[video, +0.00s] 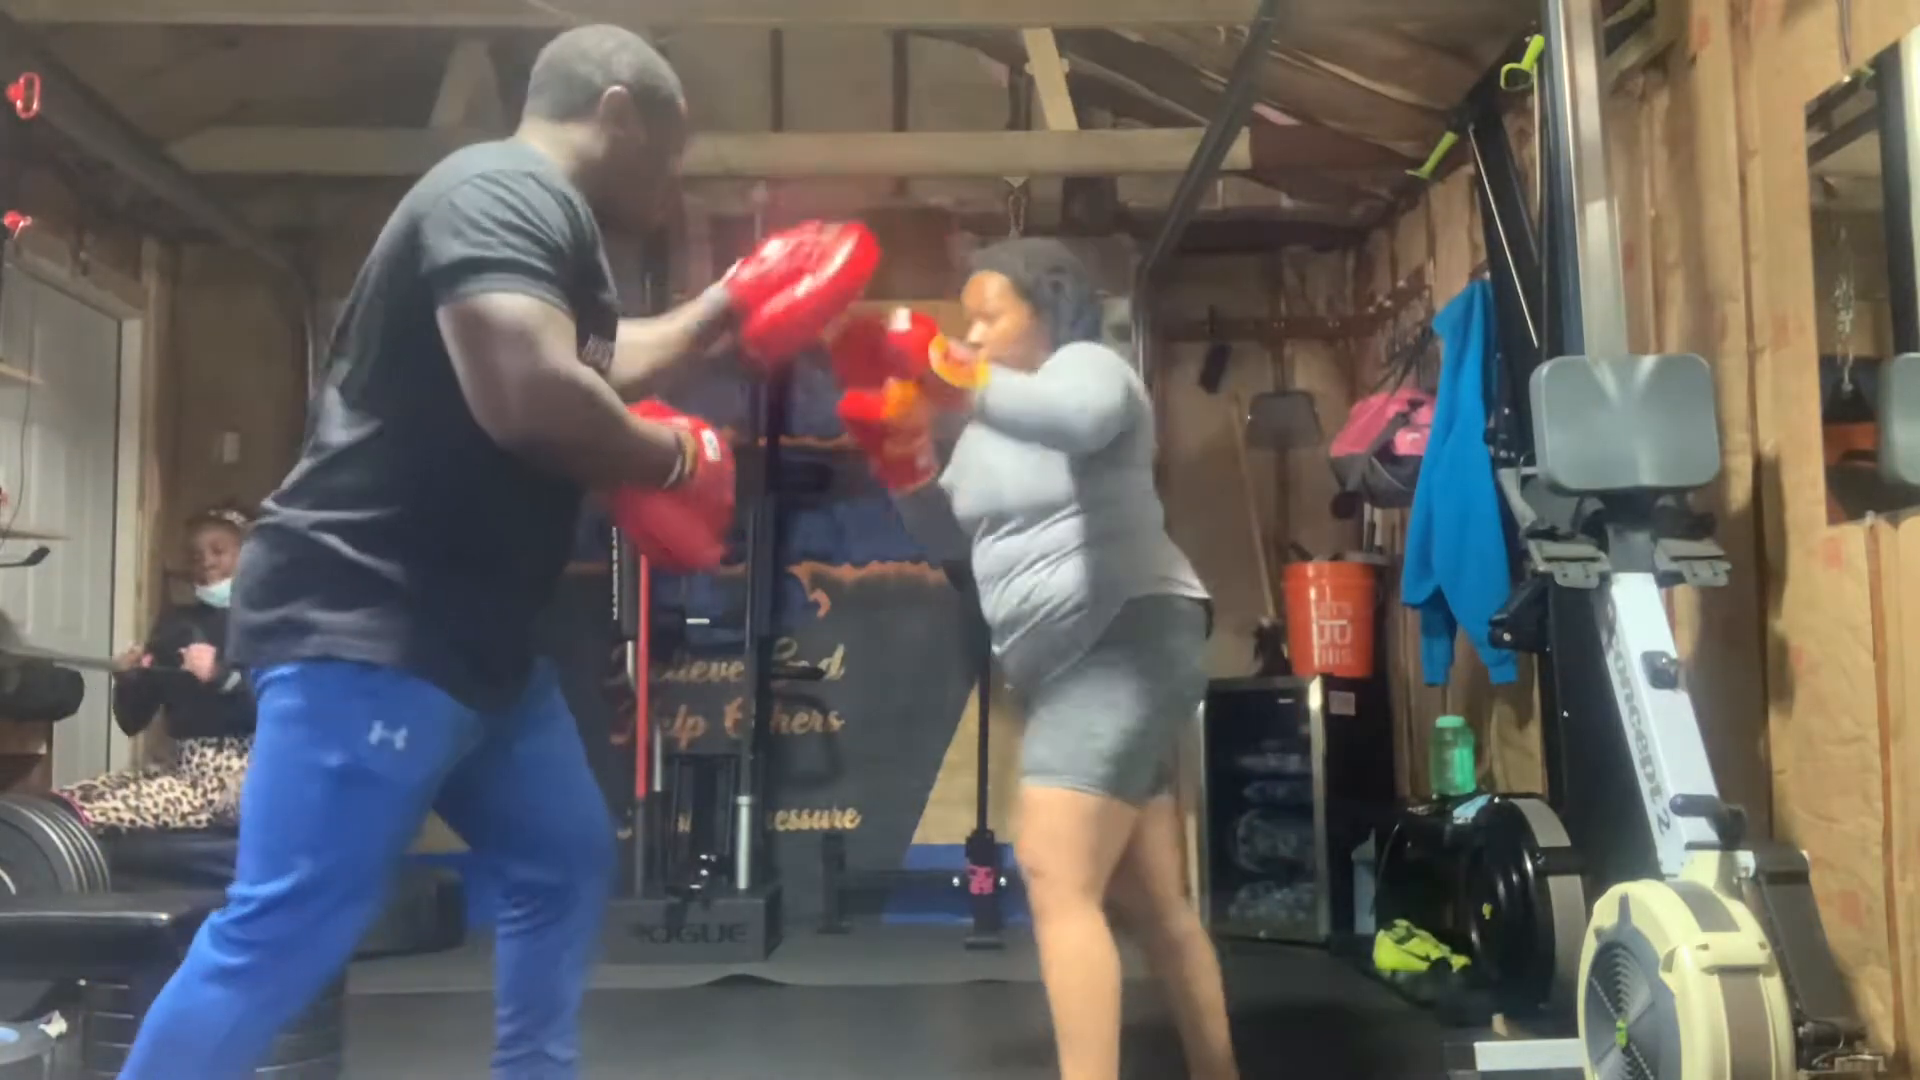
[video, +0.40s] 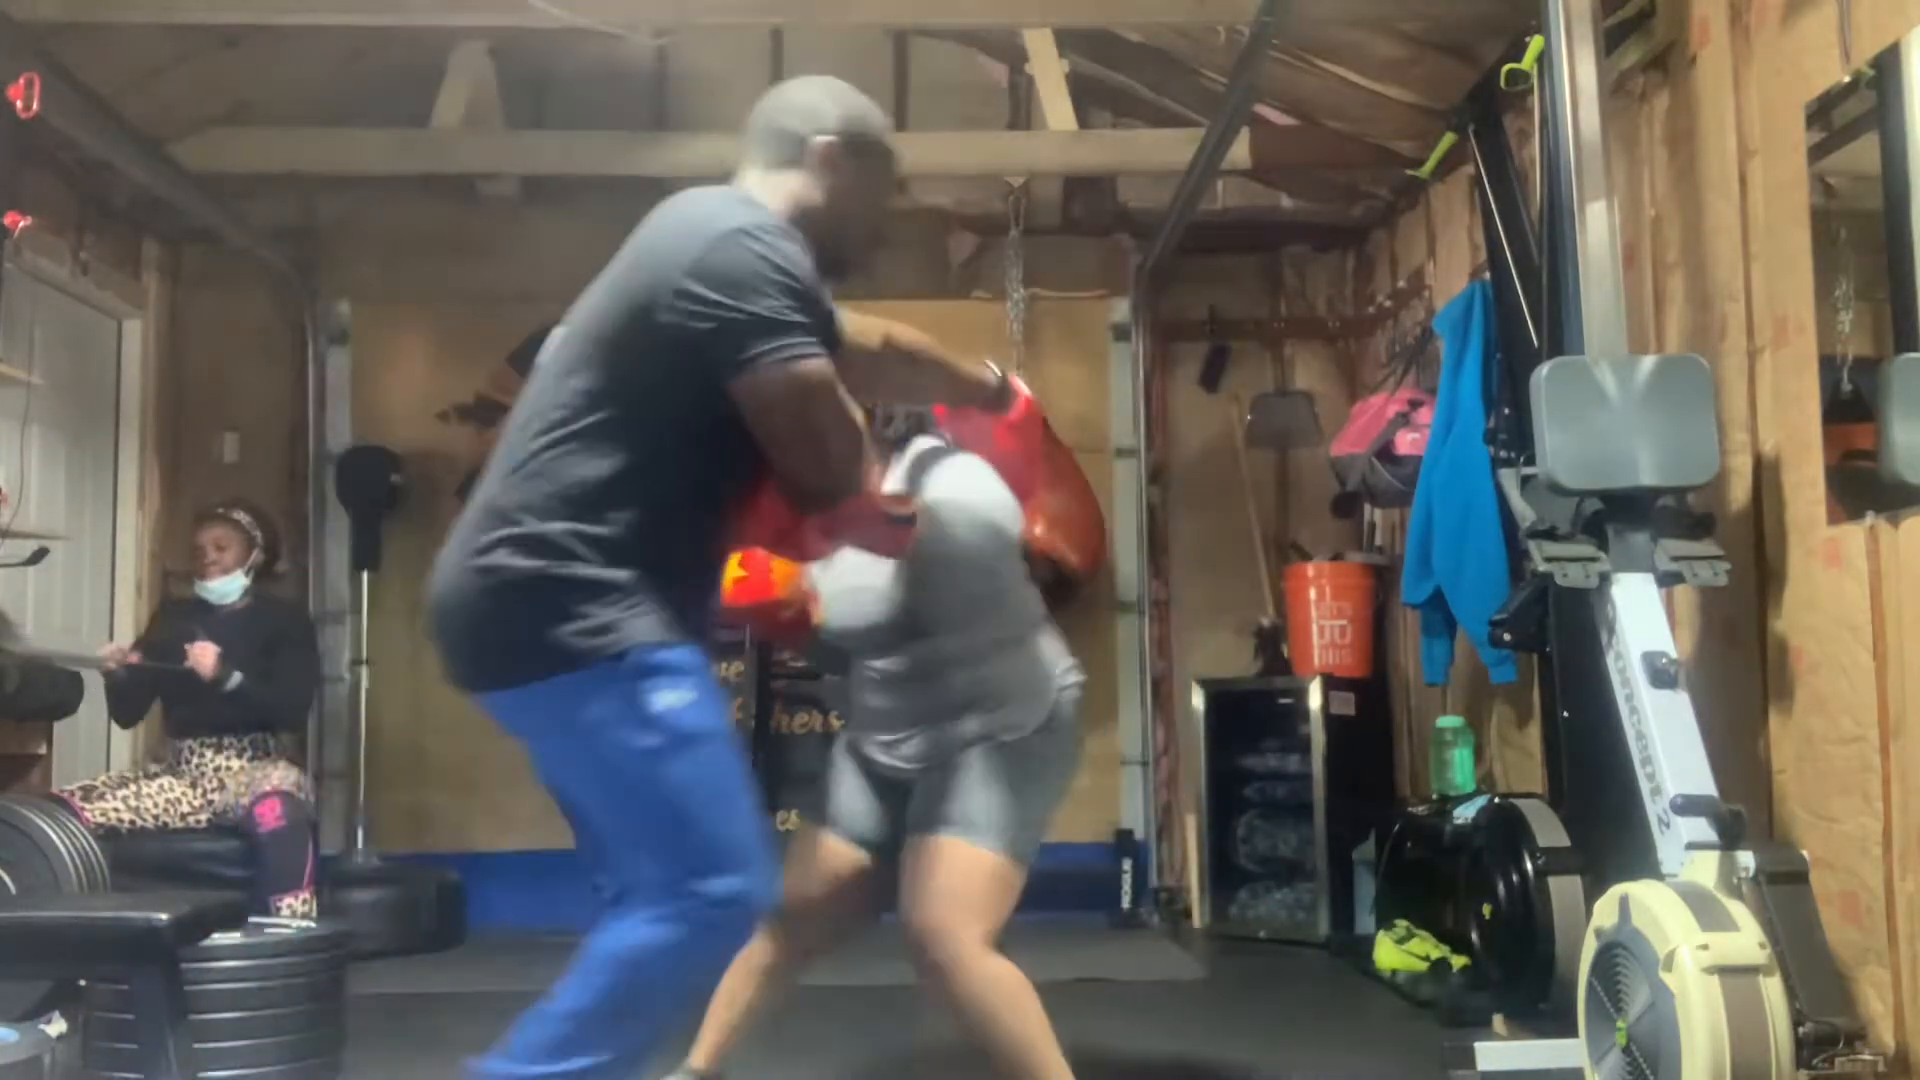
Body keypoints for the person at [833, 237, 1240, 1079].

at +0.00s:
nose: (972, 337)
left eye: (989, 317)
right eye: (967, 321)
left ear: (1049, 312)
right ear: (968, 332)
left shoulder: (1089, 363)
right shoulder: (983, 421)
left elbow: (1091, 415)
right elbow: (948, 536)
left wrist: (971, 384)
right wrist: (904, 471)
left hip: (1128, 629)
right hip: (1063, 656)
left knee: (1058, 874)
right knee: (1156, 906)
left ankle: (1088, 1074)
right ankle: (1218, 1073)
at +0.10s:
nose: (926, 357)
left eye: (942, 338)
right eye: (923, 340)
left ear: (999, 333)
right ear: (937, 345)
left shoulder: (1053, 391)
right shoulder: (948, 442)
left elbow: (1116, 491)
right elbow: (939, 571)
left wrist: (993, 496)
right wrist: (867, 576)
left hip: (1113, 649)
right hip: (1035, 678)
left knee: (1028, 879)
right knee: (1050, 888)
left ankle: (1078, 1073)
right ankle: (1186, 1041)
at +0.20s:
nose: (879, 395)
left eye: (894, 374)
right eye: (875, 379)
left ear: (955, 367)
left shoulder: (1018, 430)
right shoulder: (912, 482)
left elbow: (1129, 536)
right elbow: (914, 613)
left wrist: (1010, 557)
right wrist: (849, 581)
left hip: (1088, 685)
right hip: (984, 703)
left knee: (997, 897)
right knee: (926, 882)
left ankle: (1068, 1071)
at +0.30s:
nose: (843, 424)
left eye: (860, 401)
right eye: (837, 408)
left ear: (911, 398)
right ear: (841, 421)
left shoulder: (987, 456)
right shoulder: (867, 505)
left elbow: (1093, 556)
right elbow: (897, 626)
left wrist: (986, 549)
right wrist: (845, 610)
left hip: (1048, 712)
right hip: (935, 723)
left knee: (968, 918)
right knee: (853, 891)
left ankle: (1059, 1070)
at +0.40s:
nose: (812, 450)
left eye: (825, 429)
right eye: (807, 436)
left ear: (873, 421)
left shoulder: (957, 494)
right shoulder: (843, 508)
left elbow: (889, 599)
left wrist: (797, 598)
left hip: (996, 732)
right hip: (879, 742)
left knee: (947, 933)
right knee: (790, 917)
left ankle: (1052, 1073)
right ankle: (698, 1066)